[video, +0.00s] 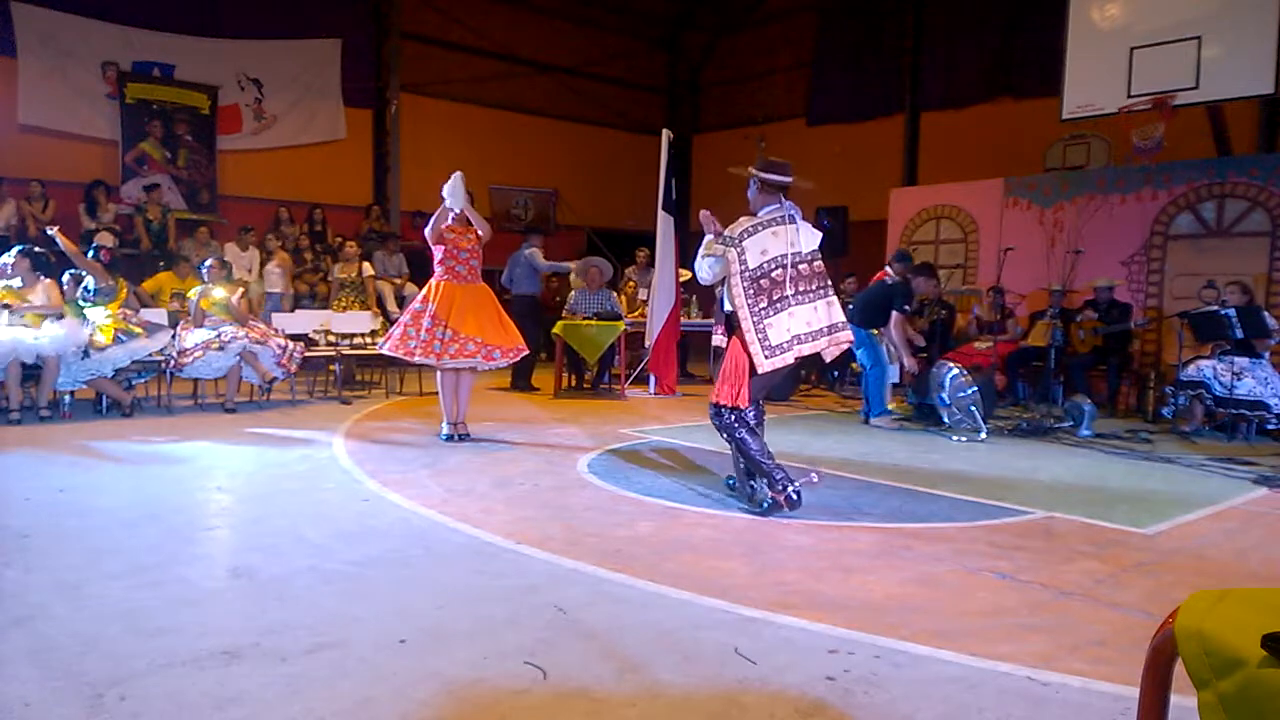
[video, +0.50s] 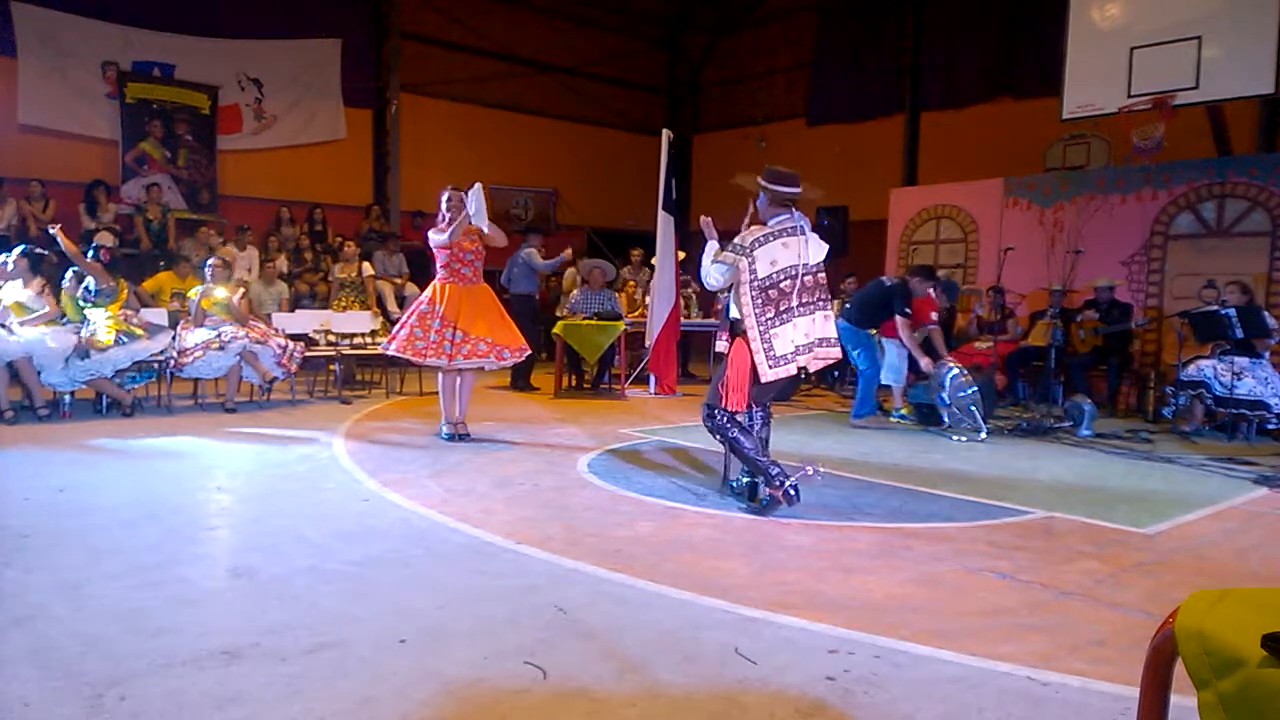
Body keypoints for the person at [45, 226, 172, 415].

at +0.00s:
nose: (87, 259)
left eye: (90, 255)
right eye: (88, 255)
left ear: (97, 258)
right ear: (112, 259)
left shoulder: (99, 274)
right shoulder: (122, 283)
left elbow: (75, 255)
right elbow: (135, 308)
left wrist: (57, 234)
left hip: (102, 334)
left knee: (80, 369)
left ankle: (125, 399)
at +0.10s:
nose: (88, 258)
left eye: (90, 254)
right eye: (89, 254)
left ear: (97, 257)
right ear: (111, 259)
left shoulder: (99, 273)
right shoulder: (122, 284)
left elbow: (75, 255)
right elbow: (136, 308)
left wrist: (57, 234)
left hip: (105, 335)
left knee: (80, 369)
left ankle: (125, 399)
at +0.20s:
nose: (88, 258)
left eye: (91, 254)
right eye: (89, 254)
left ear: (97, 257)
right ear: (112, 259)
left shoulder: (99, 273)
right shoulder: (122, 284)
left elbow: (76, 256)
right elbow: (136, 308)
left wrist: (58, 234)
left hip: (105, 335)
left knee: (80, 369)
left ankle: (126, 399)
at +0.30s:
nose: (88, 258)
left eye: (91, 254)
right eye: (89, 254)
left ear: (98, 256)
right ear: (112, 259)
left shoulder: (100, 273)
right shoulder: (123, 284)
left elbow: (76, 256)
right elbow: (136, 308)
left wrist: (58, 234)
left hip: (104, 335)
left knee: (79, 369)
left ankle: (125, 399)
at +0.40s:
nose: (88, 259)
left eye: (91, 255)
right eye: (90, 255)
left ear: (97, 257)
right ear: (113, 259)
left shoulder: (99, 273)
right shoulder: (122, 284)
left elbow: (76, 256)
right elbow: (136, 308)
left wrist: (59, 234)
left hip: (103, 335)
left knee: (77, 367)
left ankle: (125, 398)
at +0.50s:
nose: (88, 259)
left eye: (90, 255)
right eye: (89, 255)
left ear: (97, 257)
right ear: (112, 259)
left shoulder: (100, 274)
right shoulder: (122, 284)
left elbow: (77, 257)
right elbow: (135, 307)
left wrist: (59, 235)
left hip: (105, 334)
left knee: (78, 368)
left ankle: (125, 398)